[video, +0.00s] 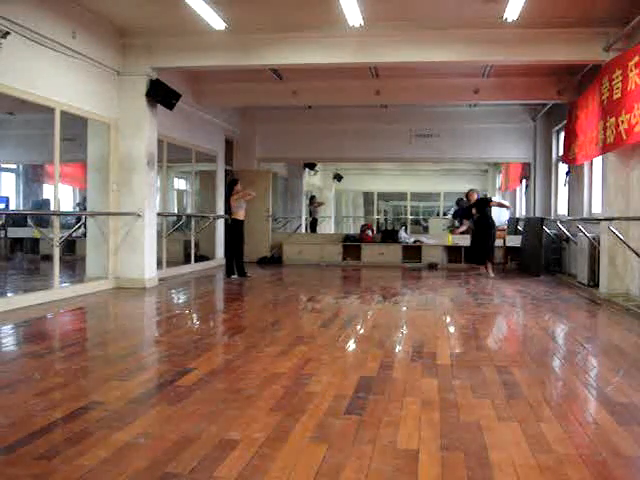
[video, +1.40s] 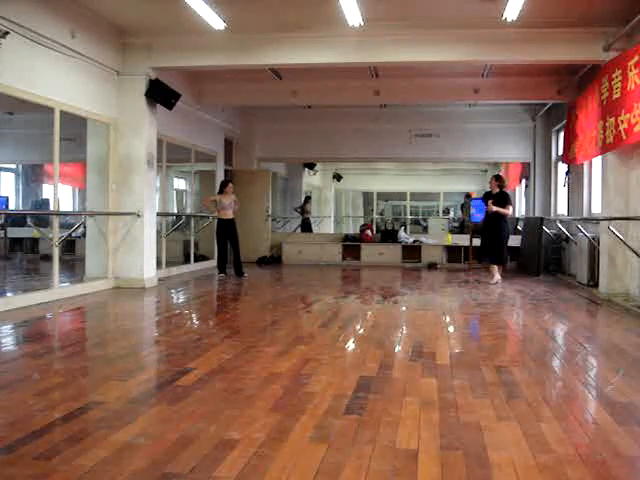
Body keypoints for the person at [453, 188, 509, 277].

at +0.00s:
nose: (470, 197)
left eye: (472, 195)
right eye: (469, 196)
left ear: (476, 195)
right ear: (467, 198)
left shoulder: (483, 202)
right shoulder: (467, 209)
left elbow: (497, 204)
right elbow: (465, 224)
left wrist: (506, 206)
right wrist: (458, 231)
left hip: (489, 227)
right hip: (478, 229)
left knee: (488, 248)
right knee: (479, 248)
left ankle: (490, 271)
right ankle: (482, 269)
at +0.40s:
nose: (483, 188)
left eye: (485, 186)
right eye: (482, 186)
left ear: (489, 188)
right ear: (480, 188)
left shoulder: (494, 199)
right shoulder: (474, 200)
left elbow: (499, 212)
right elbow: (470, 215)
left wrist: (495, 218)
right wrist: (469, 226)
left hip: (490, 227)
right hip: (478, 227)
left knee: (491, 248)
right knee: (477, 247)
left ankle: (489, 270)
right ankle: (479, 270)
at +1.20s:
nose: (489, 185)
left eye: (491, 183)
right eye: (489, 183)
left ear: (497, 184)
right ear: (491, 185)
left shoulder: (504, 198)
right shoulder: (485, 197)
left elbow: (510, 213)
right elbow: (483, 212)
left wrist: (500, 210)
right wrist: (480, 223)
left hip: (501, 227)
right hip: (488, 226)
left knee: (499, 250)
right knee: (485, 248)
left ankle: (497, 275)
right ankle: (487, 273)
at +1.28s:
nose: (489, 184)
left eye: (491, 182)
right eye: (489, 182)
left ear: (497, 183)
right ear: (491, 183)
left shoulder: (504, 196)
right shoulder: (486, 196)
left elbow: (509, 211)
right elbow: (485, 209)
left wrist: (497, 207)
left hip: (501, 225)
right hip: (488, 224)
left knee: (500, 248)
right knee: (484, 246)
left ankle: (498, 274)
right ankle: (490, 271)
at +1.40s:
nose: (490, 183)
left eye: (492, 181)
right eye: (490, 181)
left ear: (498, 183)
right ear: (492, 183)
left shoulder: (504, 195)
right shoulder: (487, 195)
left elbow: (509, 211)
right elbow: (481, 206)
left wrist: (494, 208)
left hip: (500, 225)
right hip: (488, 224)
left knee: (498, 248)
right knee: (489, 247)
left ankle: (497, 273)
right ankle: (495, 274)